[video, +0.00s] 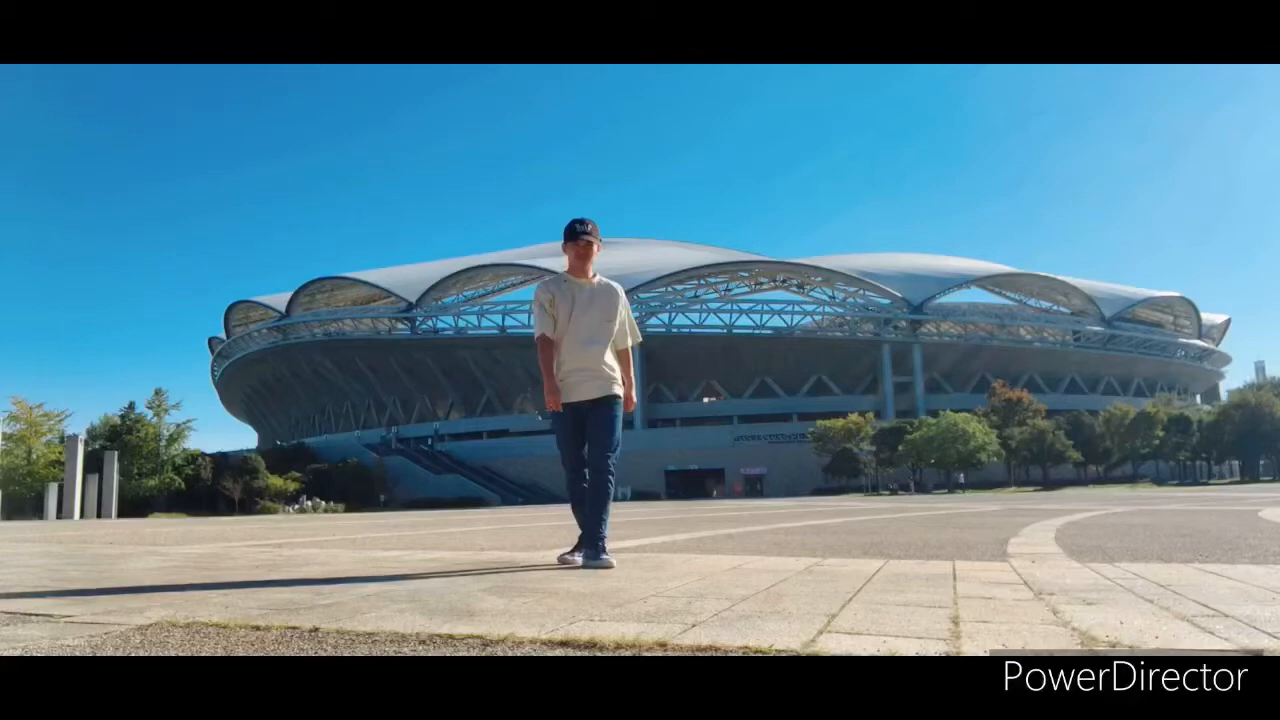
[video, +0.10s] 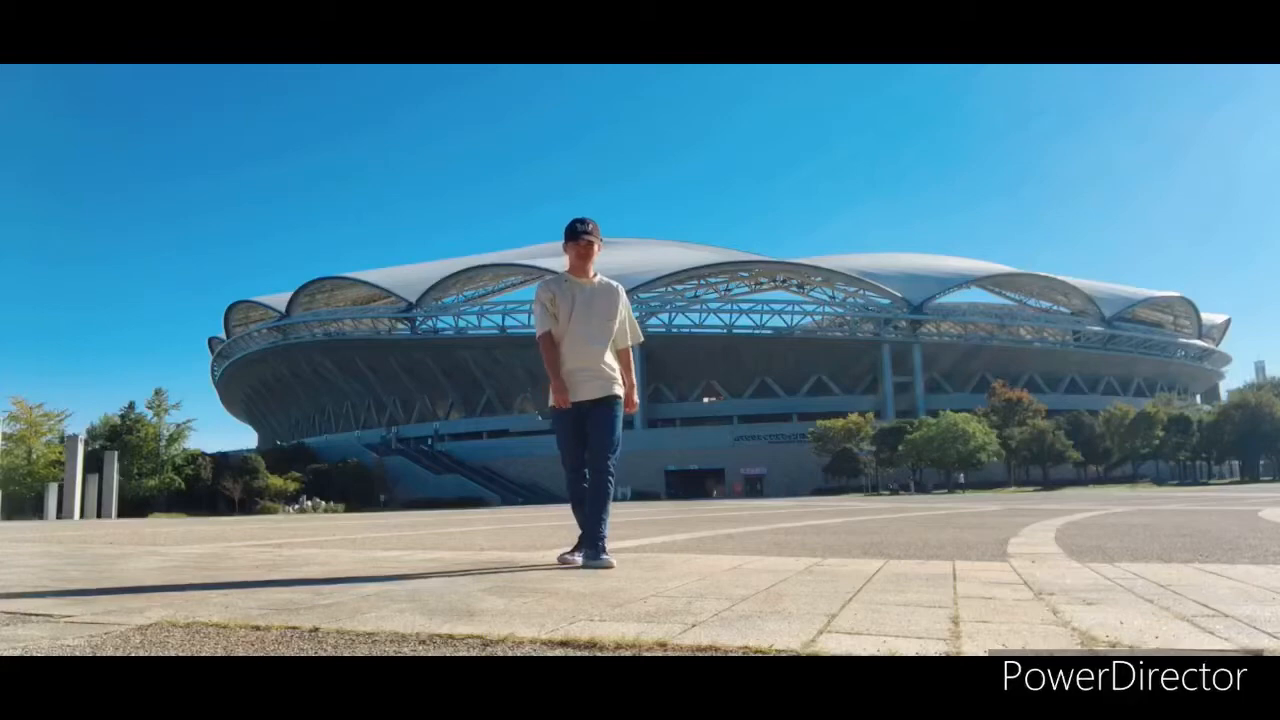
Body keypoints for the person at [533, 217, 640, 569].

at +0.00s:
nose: (585, 247)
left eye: (590, 242)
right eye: (578, 241)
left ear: (598, 248)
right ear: (566, 247)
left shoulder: (613, 292)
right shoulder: (549, 290)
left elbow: (623, 345)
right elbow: (544, 339)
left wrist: (629, 386)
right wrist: (549, 382)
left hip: (606, 389)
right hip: (566, 392)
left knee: (602, 466)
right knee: (574, 468)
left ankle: (596, 547)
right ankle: (588, 537)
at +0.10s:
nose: (585, 247)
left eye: (591, 241)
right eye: (579, 241)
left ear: (599, 247)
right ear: (566, 247)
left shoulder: (614, 291)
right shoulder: (549, 289)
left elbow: (623, 345)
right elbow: (546, 339)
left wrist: (631, 387)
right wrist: (556, 381)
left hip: (606, 390)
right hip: (566, 393)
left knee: (602, 467)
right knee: (574, 469)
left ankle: (596, 547)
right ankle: (588, 537)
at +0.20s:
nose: (586, 245)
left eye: (591, 240)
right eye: (579, 240)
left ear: (600, 246)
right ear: (567, 246)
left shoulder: (614, 291)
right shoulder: (549, 287)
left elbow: (624, 345)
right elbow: (545, 337)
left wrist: (631, 387)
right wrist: (561, 376)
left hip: (605, 389)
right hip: (566, 390)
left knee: (602, 467)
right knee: (575, 469)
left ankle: (596, 547)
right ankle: (587, 538)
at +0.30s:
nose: (586, 245)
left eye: (591, 240)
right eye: (579, 239)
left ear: (600, 245)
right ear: (567, 245)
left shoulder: (615, 290)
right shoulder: (550, 287)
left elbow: (625, 344)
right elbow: (544, 337)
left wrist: (630, 386)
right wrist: (561, 376)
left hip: (606, 388)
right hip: (566, 390)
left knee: (602, 467)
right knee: (575, 468)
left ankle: (596, 547)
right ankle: (587, 538)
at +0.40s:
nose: (586, 244)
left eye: (591, 239)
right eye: (579, 239)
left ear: (600, 245)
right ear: (567, 245)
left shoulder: (615, 289)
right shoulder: (549, 288)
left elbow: (625, 344)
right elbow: (545, 340)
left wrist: (631, 387)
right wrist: (557, 381)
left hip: (607, 391)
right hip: (567, 393)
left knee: (603, 468)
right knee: (576, 469)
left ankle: (596, 547)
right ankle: (588, 538)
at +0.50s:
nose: (585, 244)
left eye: (590, 239)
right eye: (578, 239)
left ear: (599, 244)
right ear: (566, 244)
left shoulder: (615, 288)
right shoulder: (548, 289)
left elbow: (626, 342)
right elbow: (543, 340)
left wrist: (633, 386)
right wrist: (548, 382)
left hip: (608, 390)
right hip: (567, 393)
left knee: (603, 468)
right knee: (576, 469)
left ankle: (596, 547)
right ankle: (588, 538)